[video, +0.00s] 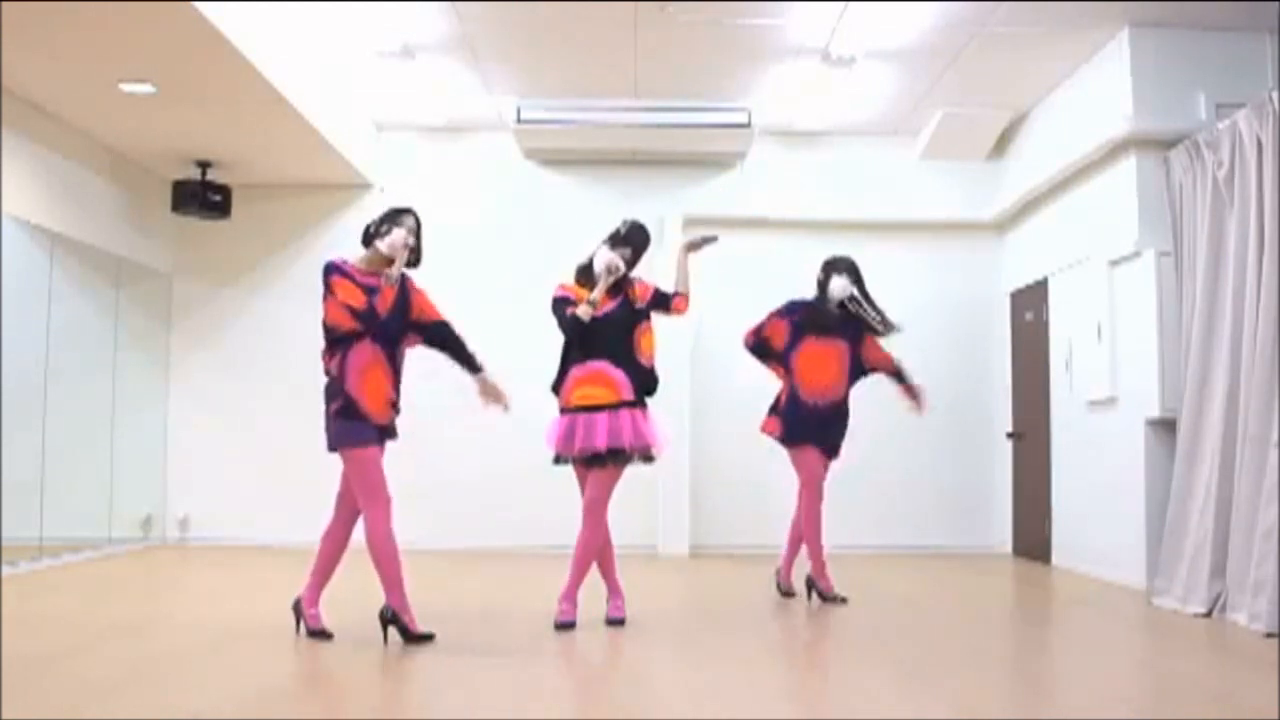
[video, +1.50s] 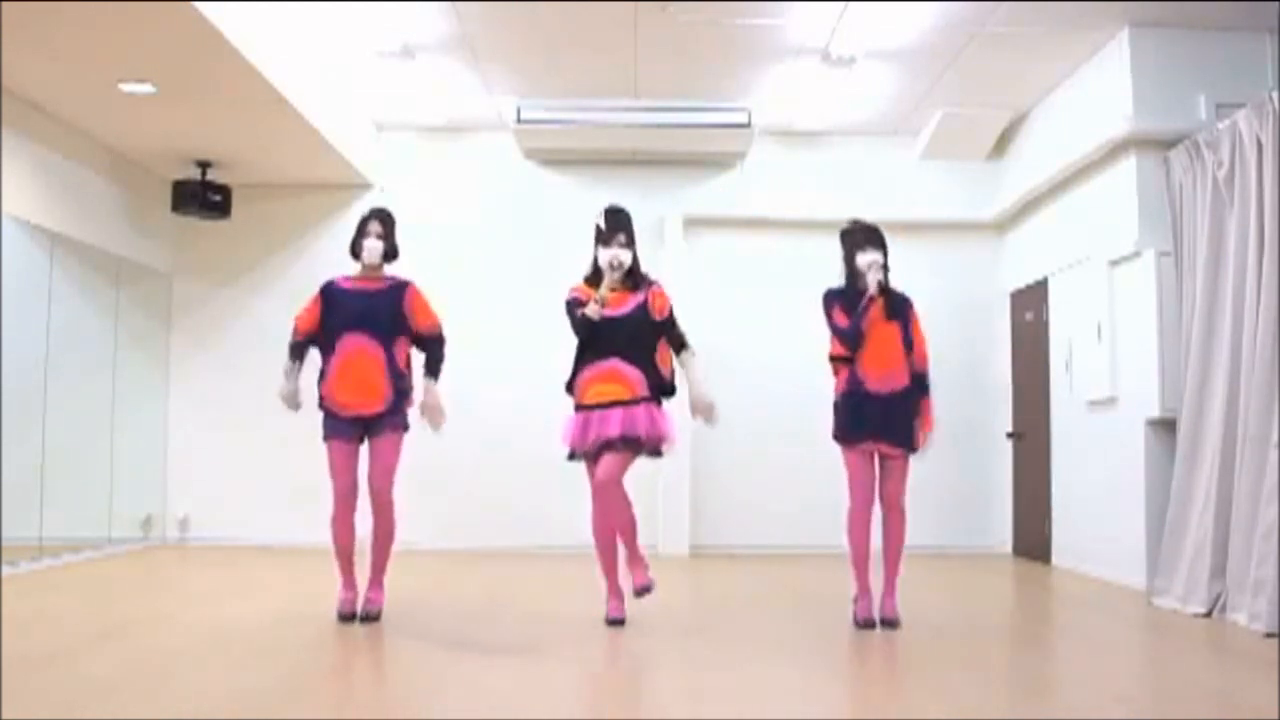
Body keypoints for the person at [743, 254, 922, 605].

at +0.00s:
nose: (841, 290)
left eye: (848, 283)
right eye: (836, 282)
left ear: (856, 287)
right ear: (823, 283)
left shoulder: (855, 329)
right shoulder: (796, 314)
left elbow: (881, 360)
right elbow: (754, 342)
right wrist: (782, 372)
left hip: (834, 415)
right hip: (796, 410)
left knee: (811, 490)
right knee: (813, 484)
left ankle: (785, 568)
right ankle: (819, 572)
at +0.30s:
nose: (832, 299)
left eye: (839, 293)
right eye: (827, 290)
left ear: (848, 291)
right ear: (817, 286)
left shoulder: (859, 315)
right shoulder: (793, 314)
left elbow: (897, 304)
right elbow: (751, 351)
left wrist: (876, 274)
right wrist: (767, 385)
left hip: (834, 412)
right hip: (795, 411)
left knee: (816, 493)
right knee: (810, 490)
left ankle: (801, 569)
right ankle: (818, 573)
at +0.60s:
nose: (828, 293)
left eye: (836, 287)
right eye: (823, 284)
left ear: (846, 290)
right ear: (813, 282)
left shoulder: (861, 319)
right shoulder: (792, 318)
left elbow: (899, 298)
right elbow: (792, 361)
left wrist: (872, 265)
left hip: (836, 415)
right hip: (798, 412)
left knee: (826, 504)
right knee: (808, 497)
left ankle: (803, 573)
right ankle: (799, 577)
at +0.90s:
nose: (848, 280)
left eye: (854, 274)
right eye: (842, 272)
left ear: (863, 278)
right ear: (829, 273)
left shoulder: (878, 307)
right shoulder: (807, 312)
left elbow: (914, 288)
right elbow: (813, 354)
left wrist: (886, 256)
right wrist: (835, 310)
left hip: (862, 409)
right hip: (820, 412)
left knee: (862, 500)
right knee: (831, 503)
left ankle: (850, 587)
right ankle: (806, 566)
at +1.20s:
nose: (859, 267)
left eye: (865, 259)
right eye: (851, 260)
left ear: (876, 263)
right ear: (840, 264)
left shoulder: (895, 302)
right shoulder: (825, 306)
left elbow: (940, 301)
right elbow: (830, 342)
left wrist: (936, 256)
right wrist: (853, 298)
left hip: (884, 411)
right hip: (841, 413)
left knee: (882, 504)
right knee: (853, 499)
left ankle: (860, 587)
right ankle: (856, 592)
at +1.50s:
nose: (870, 261)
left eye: (875, 253)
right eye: (861, 254)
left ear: (885, 256)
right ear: (848, 259)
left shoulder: (900, 304)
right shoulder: (837, 300)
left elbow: (918, 359)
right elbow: (847, 340)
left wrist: (924, 408)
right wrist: (870, 296)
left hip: (897, 403)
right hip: (855, 403)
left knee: (893, 501)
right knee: (862, 500)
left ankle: (890, 593)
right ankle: (862, 593)